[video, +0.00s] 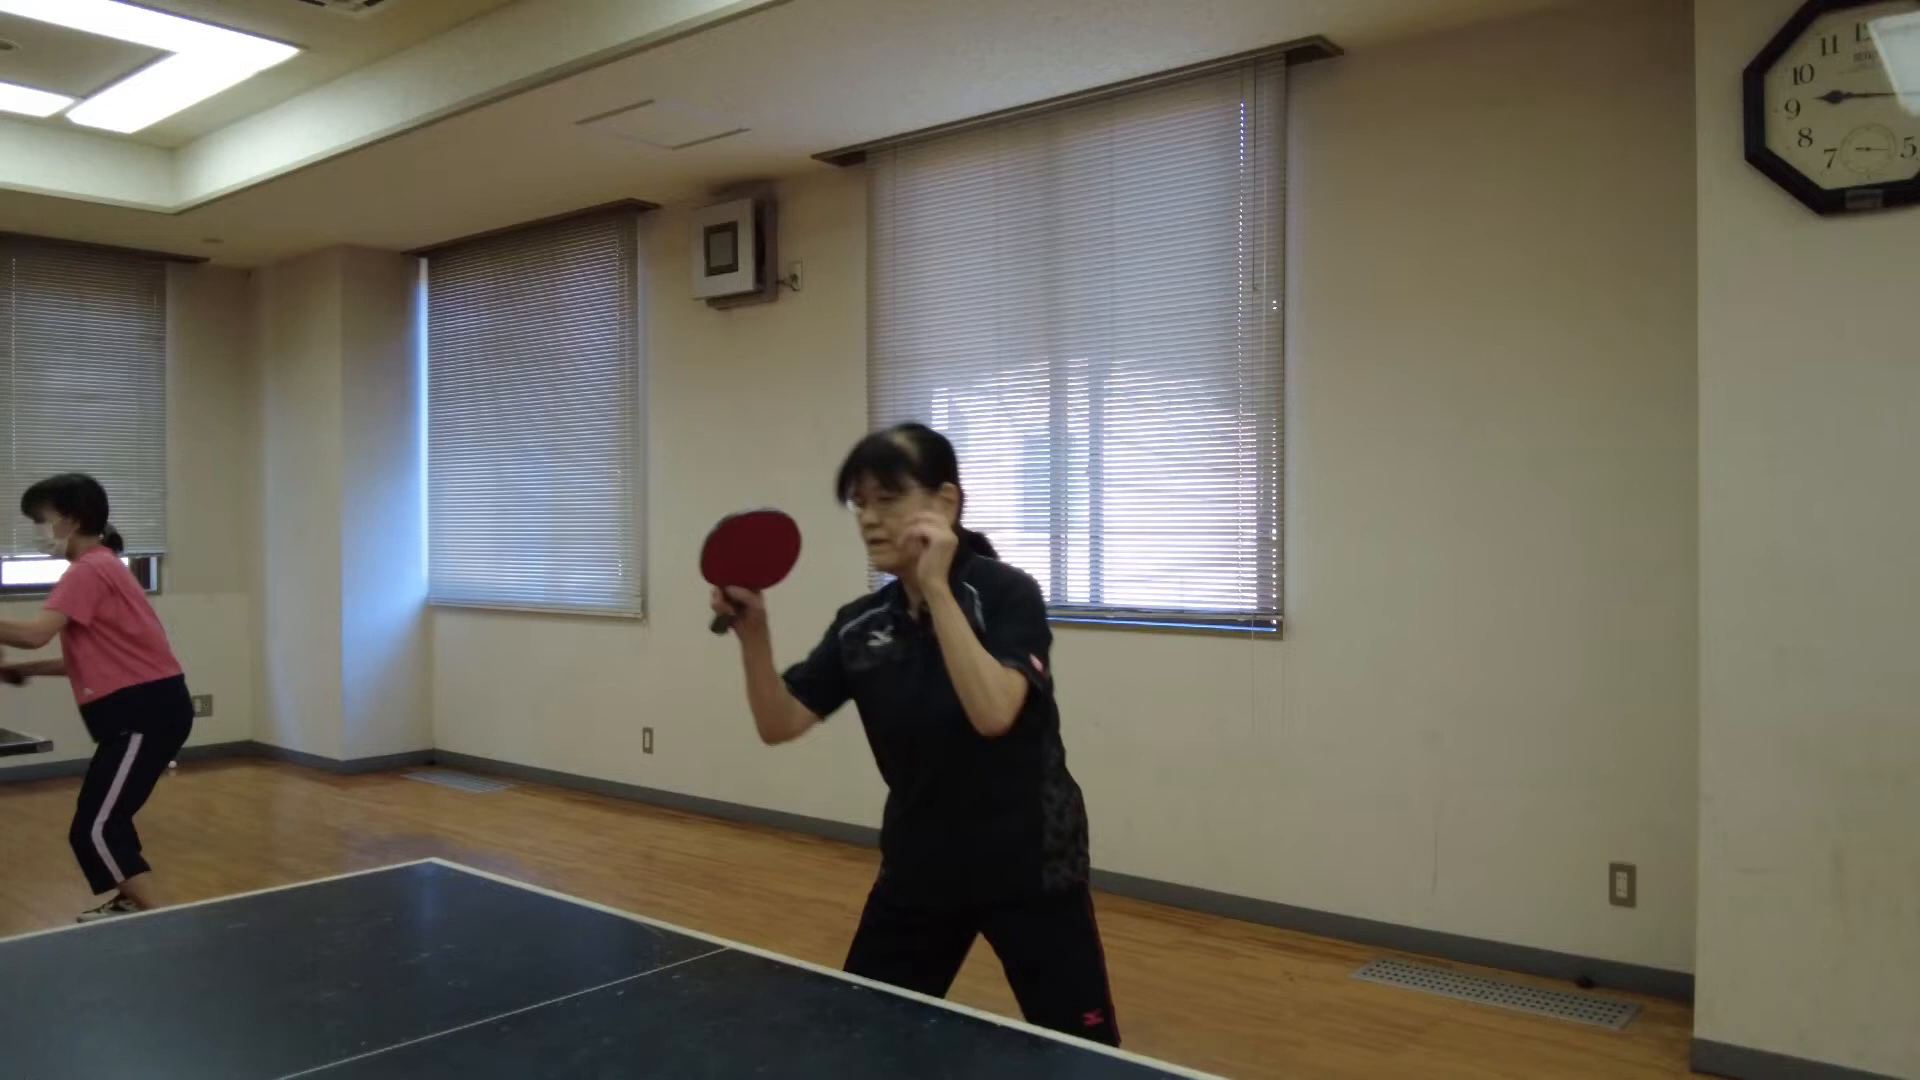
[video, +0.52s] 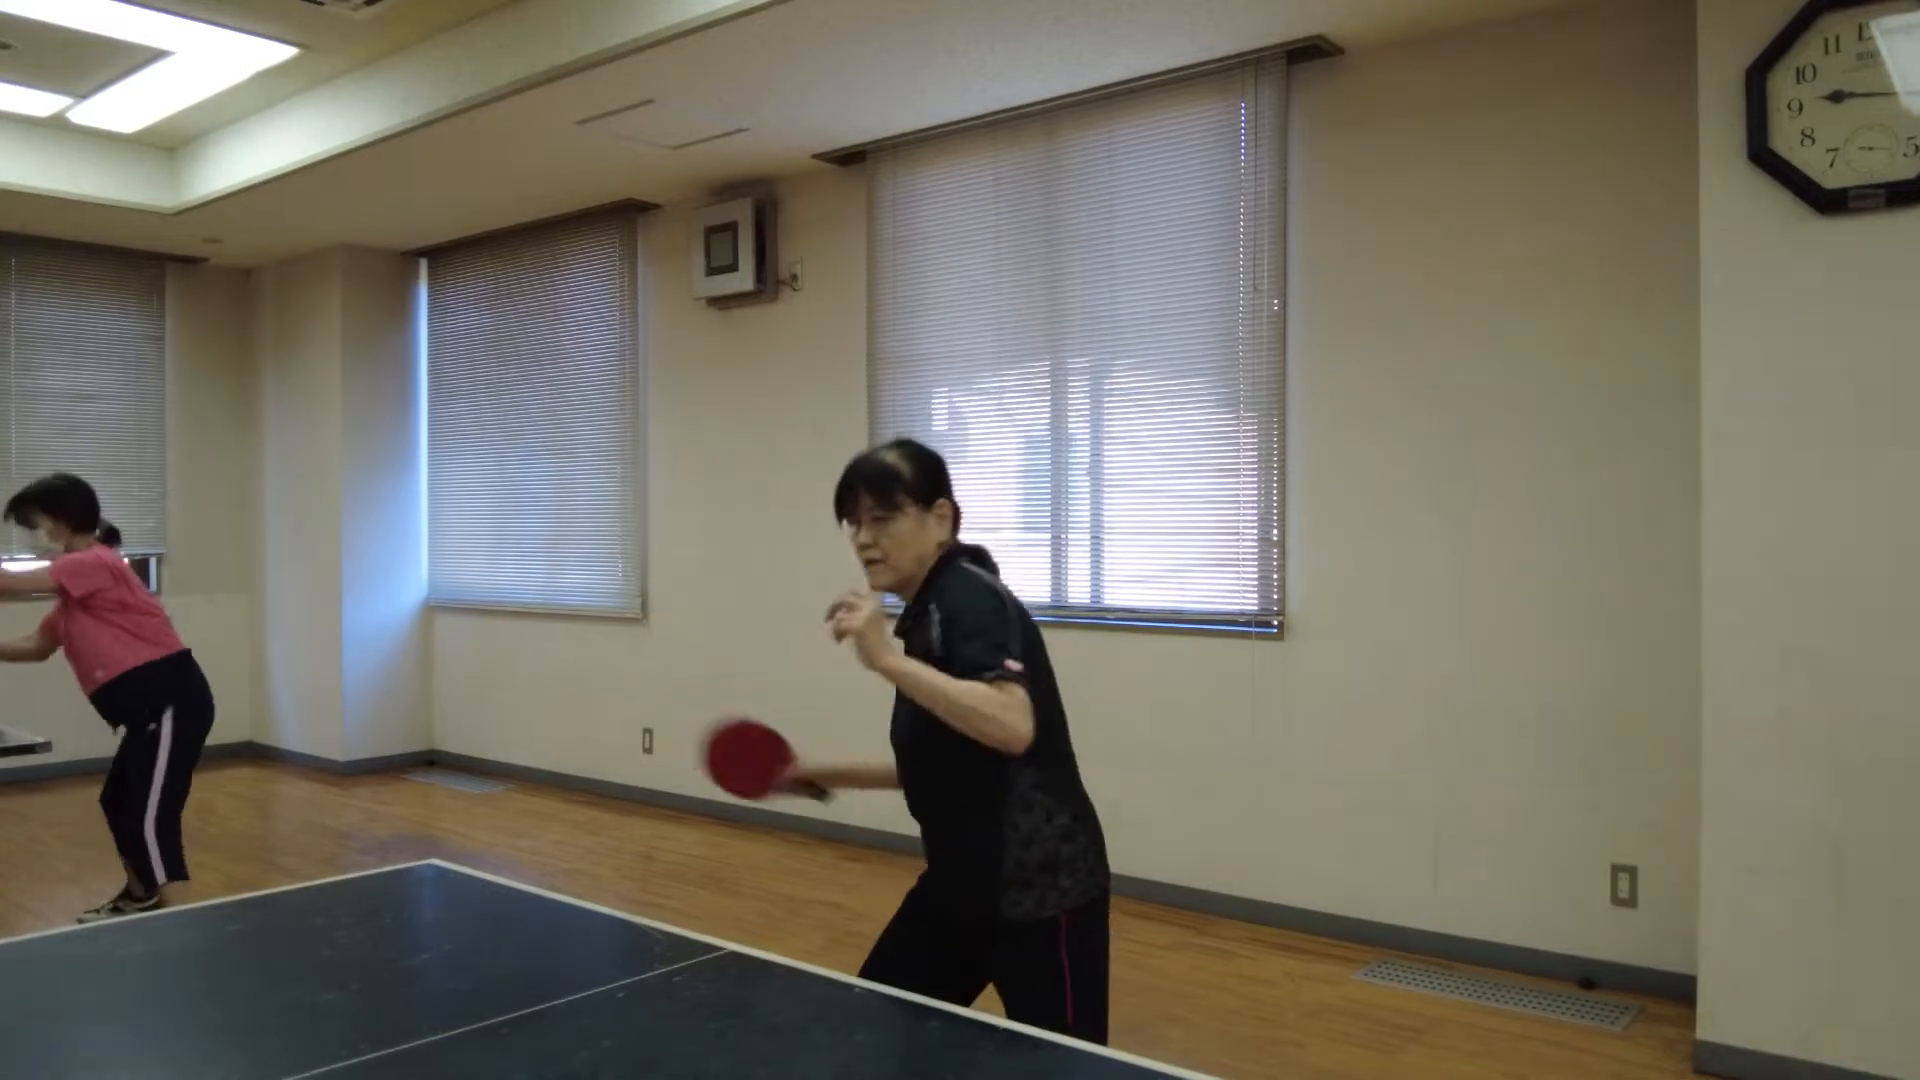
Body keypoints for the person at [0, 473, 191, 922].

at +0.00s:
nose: (44, 532)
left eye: (49, 521)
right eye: (42, 523)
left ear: (75, 519)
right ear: (77, 521)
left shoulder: (90, 568)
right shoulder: (100, 568)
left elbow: (35, 634)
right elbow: (90, 659)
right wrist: (28, 670)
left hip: (148, 712)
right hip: (135, 711)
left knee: (97, 826)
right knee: (98, 819)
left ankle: (161, 917)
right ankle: (133, 900)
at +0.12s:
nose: (46, 534)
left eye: (49, 522)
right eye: (44, 524)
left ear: (73, 519)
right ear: (80, 520)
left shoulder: (86, 567)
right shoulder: (107, 564)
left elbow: (32, 632)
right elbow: (105, 648)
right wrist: (44, 668)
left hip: (144, 710)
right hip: (144, 706)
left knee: (96, 829)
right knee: (98, 820)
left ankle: (165, 918)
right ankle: (131, 900)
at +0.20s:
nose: (44, 535)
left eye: (46, 523)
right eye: (42, 525)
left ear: (68, 518)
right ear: (89, 515)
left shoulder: (75, 565)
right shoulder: (123, 559)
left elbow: (18, 620)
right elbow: (83, 636)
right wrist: (44, 616)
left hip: (130, 706)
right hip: (160, 698)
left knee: (110, 831)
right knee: (112, 810)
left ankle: (166, 921)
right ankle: (129, 901)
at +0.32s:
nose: (43, 534)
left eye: (42, 523)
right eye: (39, 526)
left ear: (62, 515)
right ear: (85, 511)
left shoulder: (81, 553)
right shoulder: (118, 550)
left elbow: (8, 583)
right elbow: (86, 622)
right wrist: (24, 616)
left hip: (147, 694)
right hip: (170, 689)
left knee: (127, 824)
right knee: (139, 812)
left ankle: (168, 919)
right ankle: (136, 897)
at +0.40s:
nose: (38, 537)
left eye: (39, 525)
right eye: (35, 528)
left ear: (60, 519)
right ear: (81, 516)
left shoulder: (88, 555)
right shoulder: (98, 560)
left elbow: (10, 570)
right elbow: (55, 631)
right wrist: (1, 623)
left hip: (163, 694)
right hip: (157, 694)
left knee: (138, 822)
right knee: (137, 816)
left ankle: (159, 913)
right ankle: (141, 898)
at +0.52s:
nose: (39, 534)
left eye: (40, 522)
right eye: (35, 525)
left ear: (65, 517)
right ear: (72, 519)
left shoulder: (97, 562)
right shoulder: (77, 589)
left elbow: (15, 584)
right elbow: (38, 646)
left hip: (174, 697)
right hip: (149, 705)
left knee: (151, 808)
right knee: (118, 799)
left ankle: (172, 912)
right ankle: (140, 894)